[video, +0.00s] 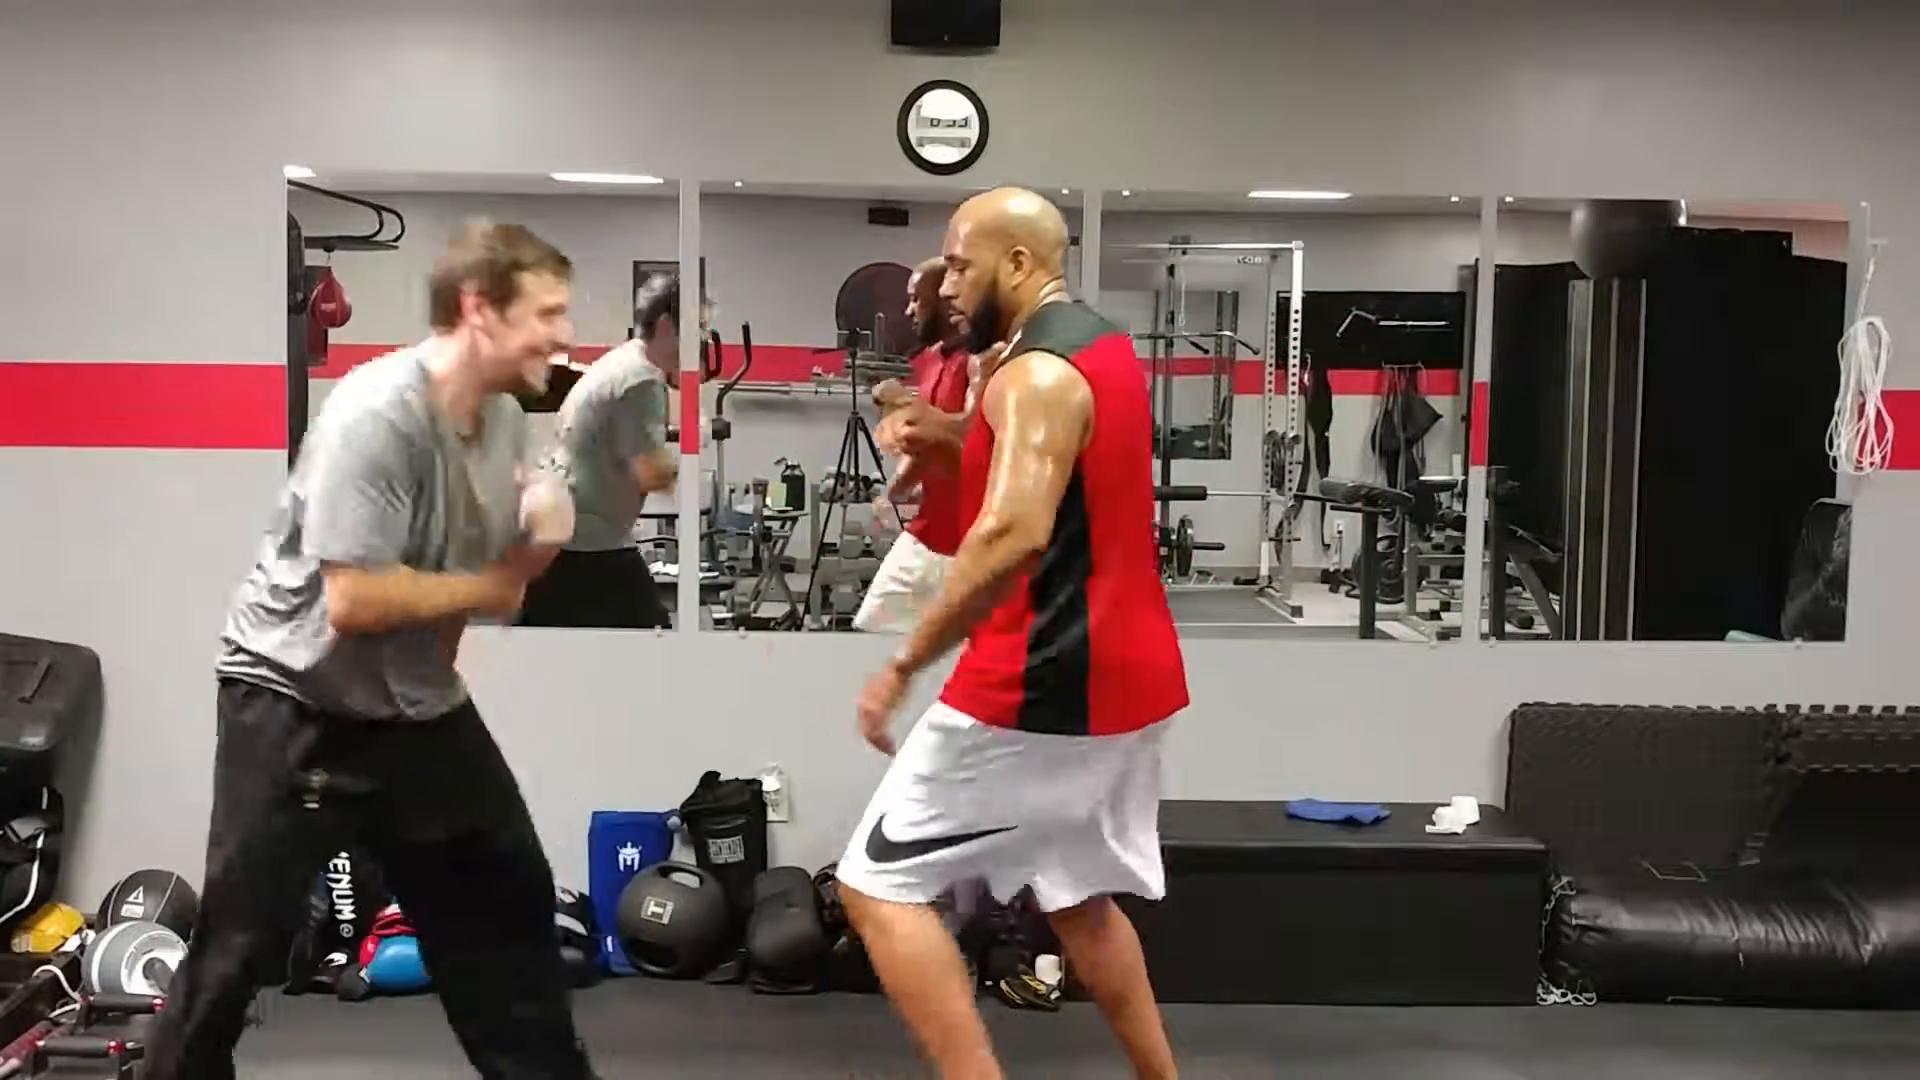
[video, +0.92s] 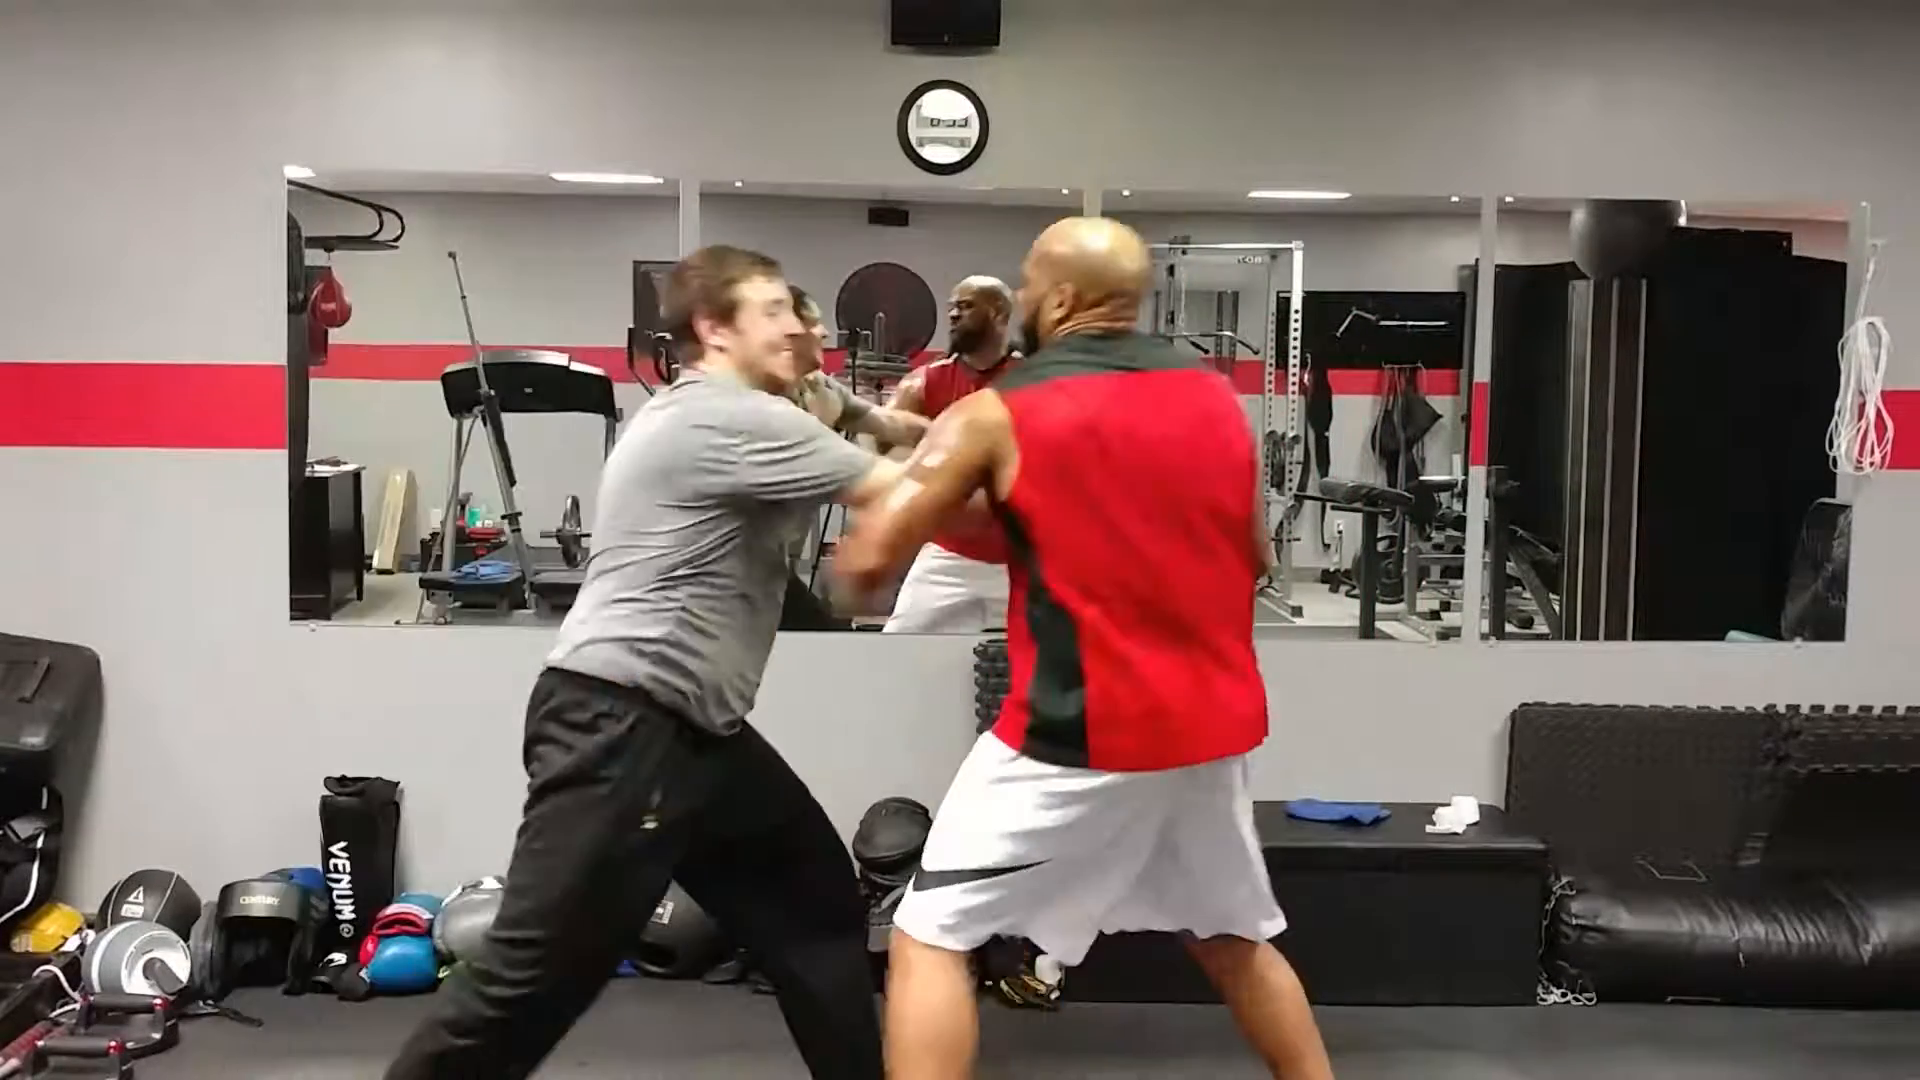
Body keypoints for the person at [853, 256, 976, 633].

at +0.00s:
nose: (909, 311)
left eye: (916, 299)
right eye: (909, 300)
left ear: (945, 300)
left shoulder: (970, 362)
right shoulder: (928, 360)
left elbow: (968, 433)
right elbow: (924, 442)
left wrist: (912, 406)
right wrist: (891, 494)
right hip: (924, 530)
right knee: (869, 633)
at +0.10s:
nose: (912, 308)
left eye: (919, 297)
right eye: (912, 298)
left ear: (951, 299)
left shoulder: (983, 362)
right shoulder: (924, 361)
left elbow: (994, 442)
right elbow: (914, 439)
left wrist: (923, 418)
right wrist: (913, 450)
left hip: (969, 546)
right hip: (924, 542)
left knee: (976, 666)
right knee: (895, 654)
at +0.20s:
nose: (907, 306)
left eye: (915, 296)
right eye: (908, 296)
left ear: (944, 301)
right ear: (935, 305)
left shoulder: (983, 361)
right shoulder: (927, 359)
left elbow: (990, 444)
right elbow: (928, 448)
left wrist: (920, 427)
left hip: (967, 544)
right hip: (928, 540)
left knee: (968, 669)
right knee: (910, 660)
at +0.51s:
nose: (933, 302)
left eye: (941, 290)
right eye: (935, 291)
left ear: (974, 291)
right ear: (971, 293)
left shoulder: (1006, 351)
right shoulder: (962, 352)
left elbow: (945, 416)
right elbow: (947, 431)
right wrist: (898, 455)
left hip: (1005, 540)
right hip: (955, 536)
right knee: (937, 661)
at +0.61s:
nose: (956, 302)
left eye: (966, 292)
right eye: (958, 292)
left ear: (997, 296)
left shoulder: (1025, 350)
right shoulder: (965, 352)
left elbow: (994, 417)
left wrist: (940, 391)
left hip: (1017, 545)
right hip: (960, 537)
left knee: (1026, 668)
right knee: (917, 651)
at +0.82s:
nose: (967, 302)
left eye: (978, 294)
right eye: (969, 294)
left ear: (1012, 298)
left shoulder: (1047, 364)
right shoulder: (952, 366)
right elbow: (932, 450)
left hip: (1026, 536)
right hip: (957, 528)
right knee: (909, 636)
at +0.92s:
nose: (952, 315)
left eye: (963, 307)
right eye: (951, 307)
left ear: (999, 316)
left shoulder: (1033, 380)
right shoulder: (926, 383)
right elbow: (886, 467)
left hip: (1020, 562)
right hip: (945, 555)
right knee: (895, 661)